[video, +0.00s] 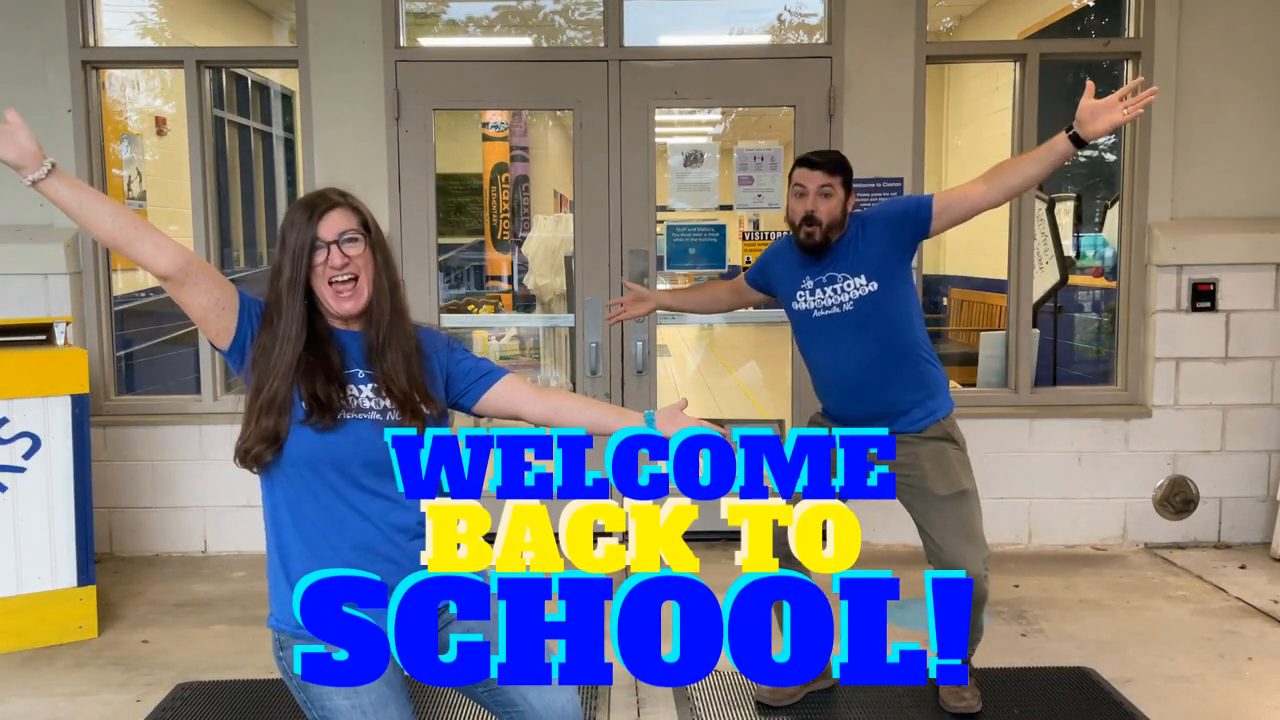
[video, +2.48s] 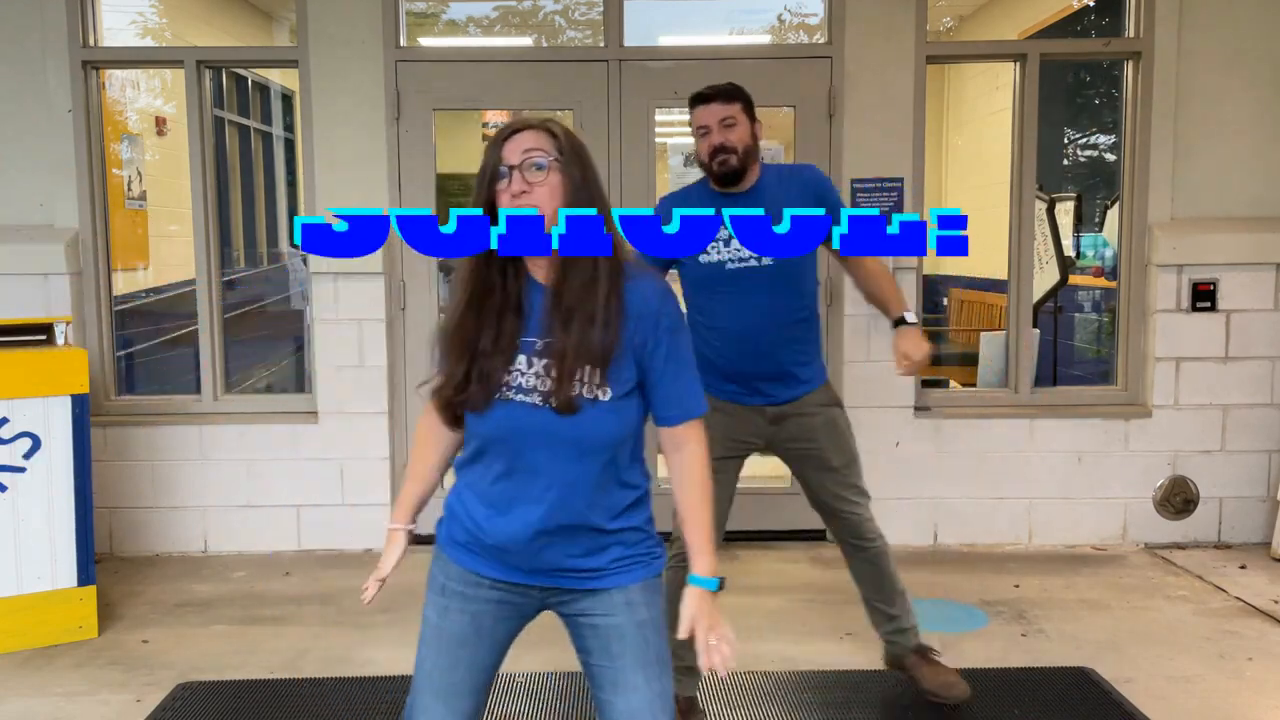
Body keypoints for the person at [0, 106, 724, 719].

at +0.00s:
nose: (339, 259)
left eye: (352, 242)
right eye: (321, 248)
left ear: (377, 255)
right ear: (298, 267)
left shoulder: (421, 351)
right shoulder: (271, 340)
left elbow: (539, 400)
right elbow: (164, 260)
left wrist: (654, 429)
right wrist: (38, 171)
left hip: (439, 601)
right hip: (329, 617)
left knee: (556, 688)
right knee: (373, 709)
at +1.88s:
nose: (355, 226)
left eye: (371, 213)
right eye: (339, 215)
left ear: (397, 232)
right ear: (317, 237)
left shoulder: (447, 319)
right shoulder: (288, 312)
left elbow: (552, 384)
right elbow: (158, 302)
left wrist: (670, 441)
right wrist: (23, 267)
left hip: (442, 564)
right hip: (326, 570)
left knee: (544, 674)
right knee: (355, 704)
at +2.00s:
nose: (378, 197)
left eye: (395, 186)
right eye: (361, 188)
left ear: (422, 214)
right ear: (339, 217)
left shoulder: (469, 308)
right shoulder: (297, 297)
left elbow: (566, 398)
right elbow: (155, 342)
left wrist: (671, 471)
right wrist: (12, 369)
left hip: (458, 557)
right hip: (332, 570)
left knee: (550, 686)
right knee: (354, 712)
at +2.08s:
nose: (396, 175)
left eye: (414, 163)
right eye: (382, 164)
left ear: (445, 187)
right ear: (361, 187)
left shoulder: (484, 288)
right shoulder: (318, 274)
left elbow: (565, 396)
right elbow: (207, 362)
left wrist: (650, 495)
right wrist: (82, 444)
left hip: (470, 538)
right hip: (344, 550)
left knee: (553, 698)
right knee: (361, 710)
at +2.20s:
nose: (425, 173)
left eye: (443, 157)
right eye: (410, 162)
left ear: (476, 175)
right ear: (393, 186)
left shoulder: (525, 289)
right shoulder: (358, 269)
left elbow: (558, 420)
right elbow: (301, 381)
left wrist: (602, 526)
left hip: (486, 536)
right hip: (362, 539)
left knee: (555, 710)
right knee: (362, 713)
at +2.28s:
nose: (453, 184)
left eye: (472, 170)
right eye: (438, 174)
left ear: (505, 188)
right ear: (423, 198)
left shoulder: (551, 299)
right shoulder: (385, 293)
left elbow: (568, 437)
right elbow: (340, 408)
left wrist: (589, 554)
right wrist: (312, 517)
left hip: (514, 554)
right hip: (383, 556)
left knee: (577, 710)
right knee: (370, 713)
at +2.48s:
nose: (517, 181)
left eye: (537, 166)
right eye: (503, 172)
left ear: (577, 184)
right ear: (489, 198)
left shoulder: (639, 298)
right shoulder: (486, 296)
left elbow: (683, 440)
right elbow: (446, 410)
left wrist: (704, 578)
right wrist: (400, 521)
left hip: (612, 565)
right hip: (479, 560)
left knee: (645, 711)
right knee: (433, 710)